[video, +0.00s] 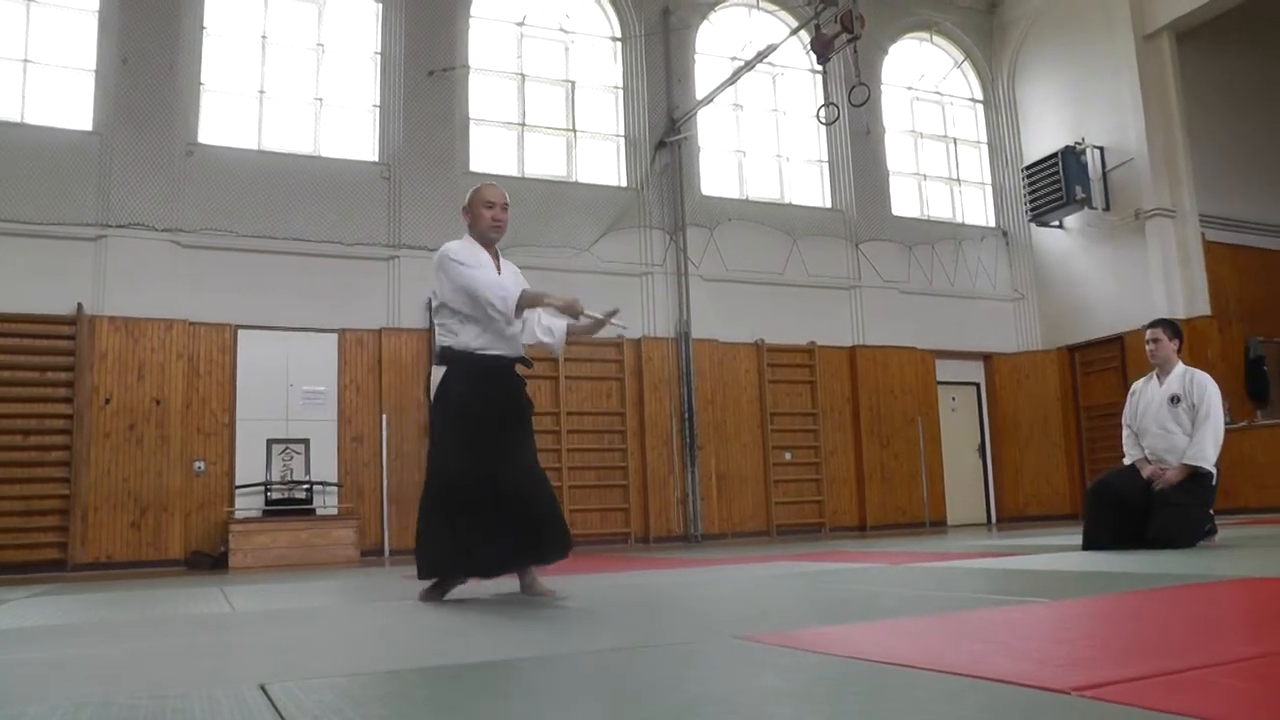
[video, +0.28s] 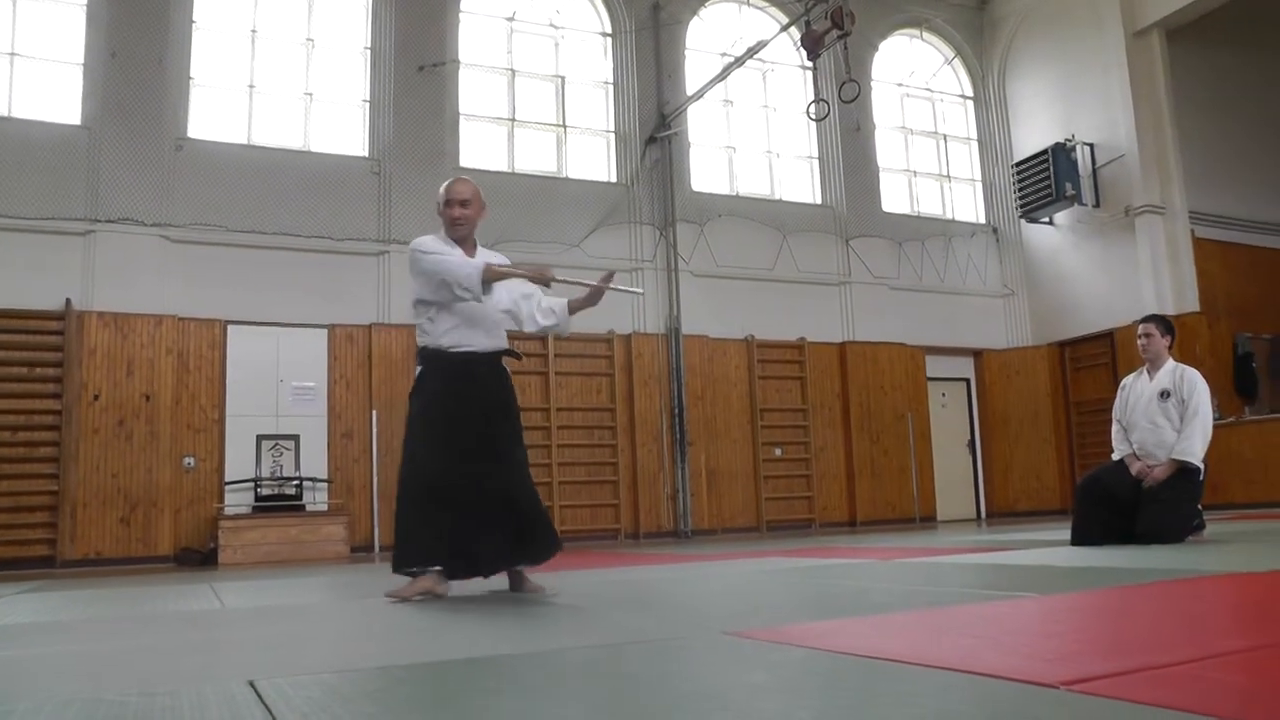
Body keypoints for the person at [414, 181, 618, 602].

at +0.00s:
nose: (499, 214)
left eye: (504, 208)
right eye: (489, 207)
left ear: (509, 218)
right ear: (468, 215)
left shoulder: (510, 273)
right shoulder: (453, 255)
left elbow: (532, 323)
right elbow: (496, 297)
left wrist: (584, 328)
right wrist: (553, 301)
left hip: (503, 382)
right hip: (464, 381)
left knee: (517, 477)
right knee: (460, 478)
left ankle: (527, 574)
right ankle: (453, 570)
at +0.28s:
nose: (456, 211)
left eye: (465, 204)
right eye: (449, 204)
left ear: (481, 212)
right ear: (440, 211)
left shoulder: (497, 267)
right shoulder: (425, 249)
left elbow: (534, 310)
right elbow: (463, 272)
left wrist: (585, 300)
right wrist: (521, 274)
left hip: (489, 375)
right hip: (441, 375)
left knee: (504, 471)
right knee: (428, 471)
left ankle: (516, 569)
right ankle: (432, 573)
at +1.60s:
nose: (361, 252)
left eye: (357, 246)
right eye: (357, 246)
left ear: (315, 253)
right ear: (343, 247)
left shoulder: (290, 287)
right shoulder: (359, 272)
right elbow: (410, 311)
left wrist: (367, 341)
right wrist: (380, 337)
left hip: (277, 403)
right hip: (328, 401)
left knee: (272, 504)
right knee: (387, 489)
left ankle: (230, 579)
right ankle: (399, 590)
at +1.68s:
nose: (378, 295)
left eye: (378, 288)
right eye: (375, 286)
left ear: (335, 280)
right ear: (356, 278)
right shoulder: (357, 301)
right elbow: (430, 349)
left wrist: (426, 385)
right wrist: (439, 366)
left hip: (281, 435)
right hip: (325, 430)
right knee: (396, 501)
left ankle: (238, 584)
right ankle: (408, 592)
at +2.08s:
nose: (421, 362)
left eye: (423, 356)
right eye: (417, 351)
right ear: (389, 344)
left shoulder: (381, 408)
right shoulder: (366, 361)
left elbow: (383, 462)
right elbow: (345, 361)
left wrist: (422, 481)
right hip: (319, 470)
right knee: (407, 504)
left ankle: (245, 597)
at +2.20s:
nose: (420, 361)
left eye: (424, 355)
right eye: (416, 349)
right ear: (386, 342)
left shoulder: (381, 407)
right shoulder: (361, 362)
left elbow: (382, 458)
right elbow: (319, 353)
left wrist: (418, 480)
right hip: (319, 469)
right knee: (410, 506)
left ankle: (246, 597)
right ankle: (409, 601)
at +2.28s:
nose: (419, 359)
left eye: (423, 354)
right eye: (415, 348)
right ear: (385, 342)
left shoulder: (383, 408)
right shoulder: (361, 364)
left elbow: (384, 458)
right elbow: (312, 355)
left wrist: (420, 480)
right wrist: (278, 345)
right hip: (317, 469)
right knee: (410, 504)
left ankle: (244, 596)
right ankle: (409, 601)